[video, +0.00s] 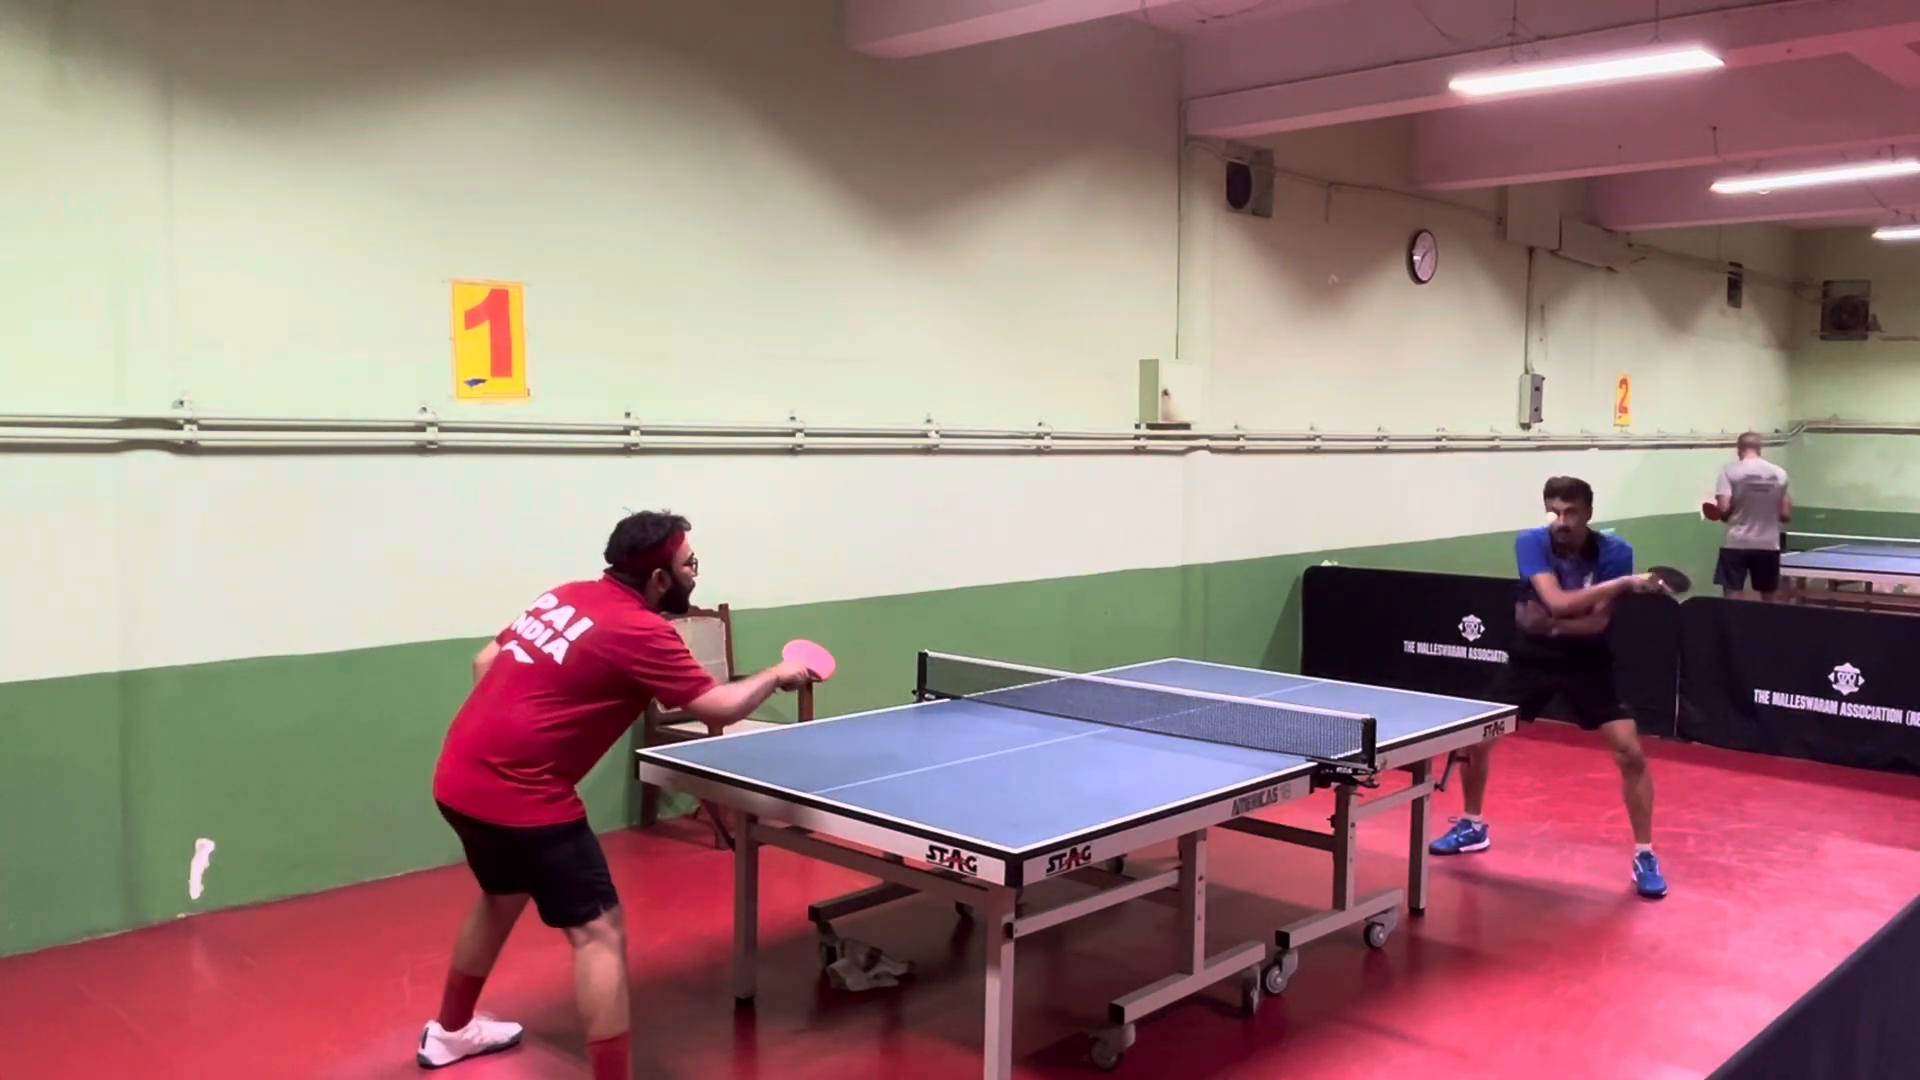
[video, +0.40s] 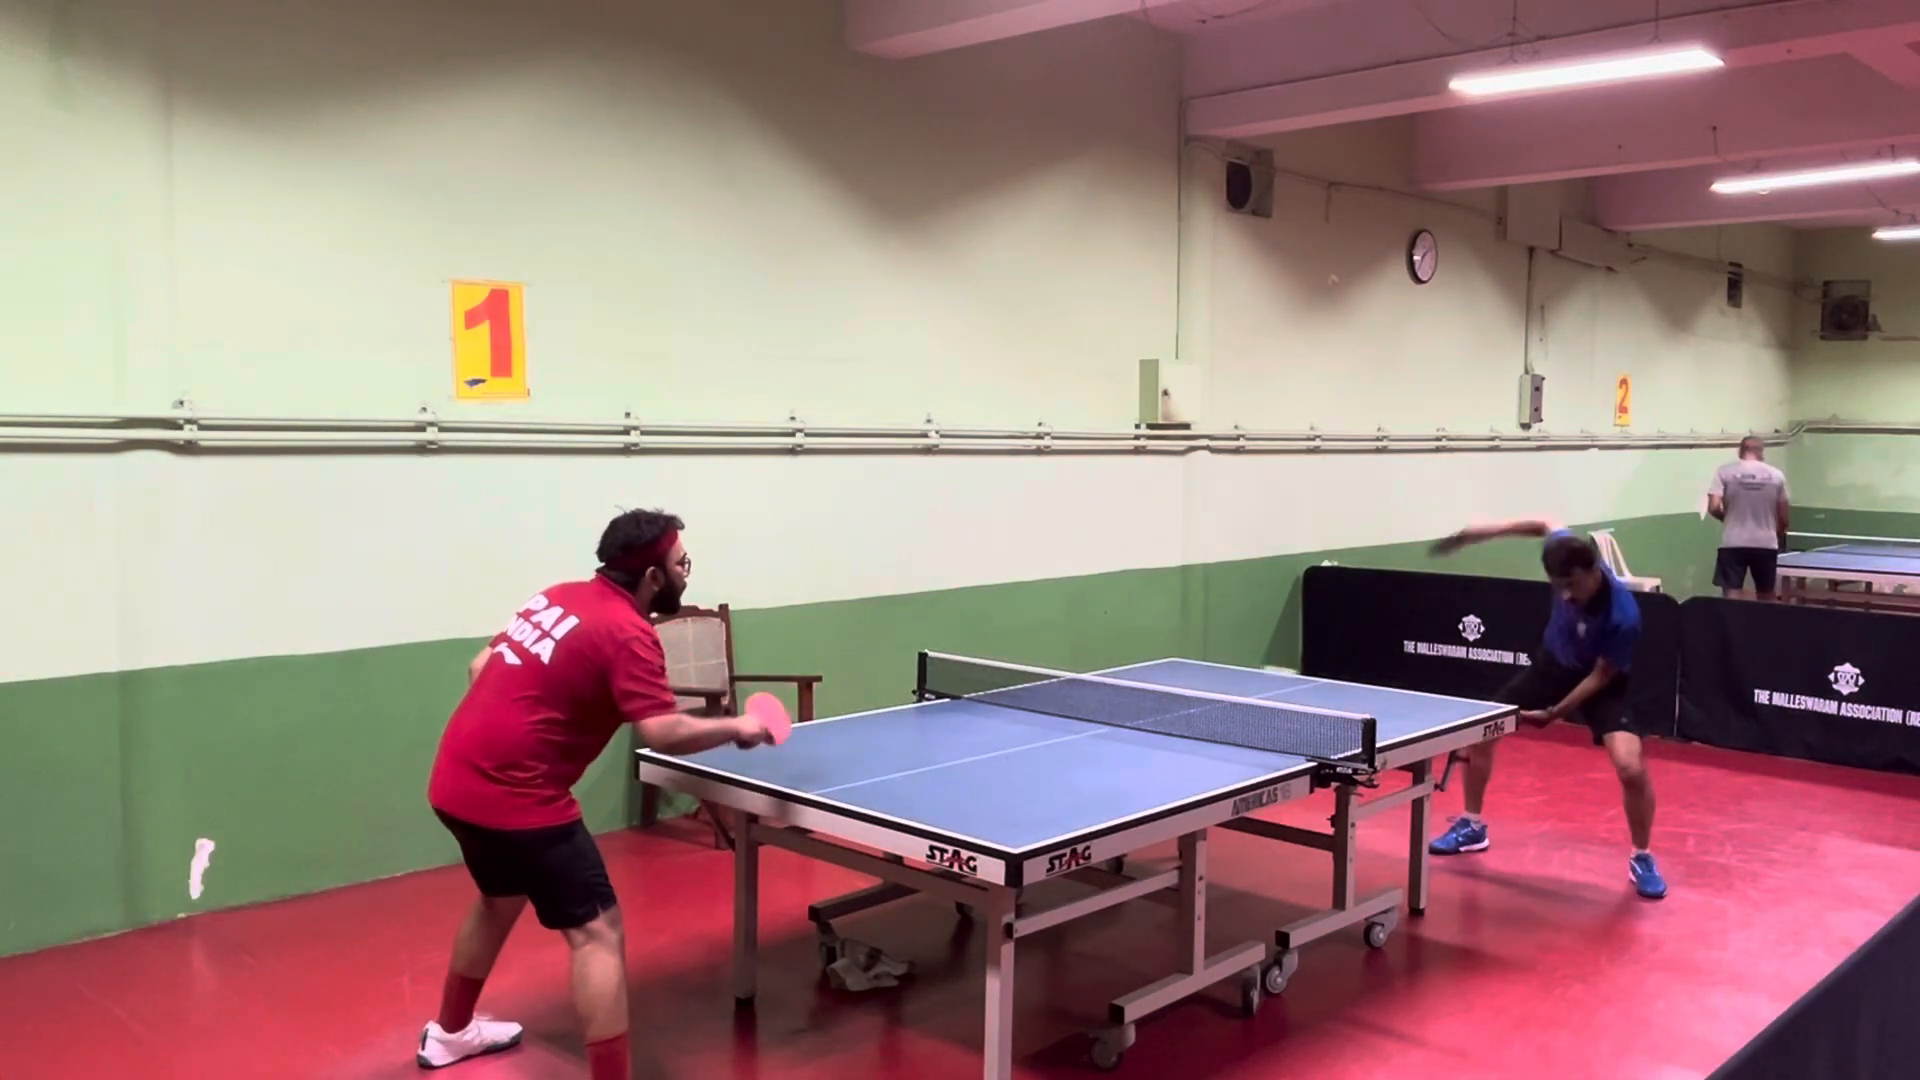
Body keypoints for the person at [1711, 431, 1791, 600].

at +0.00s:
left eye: (1739, 450)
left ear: (1739, 450)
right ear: (1760, 450)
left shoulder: (1729, 471)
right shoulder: (1779, 473)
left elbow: (1724, 507)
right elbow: (1785, 514)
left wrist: (1725, 517)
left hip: (1736, 546)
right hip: (1768, 547)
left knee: (1733, 601)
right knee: (1769, 601)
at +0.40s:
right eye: (1761, 451)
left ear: (1740, 452)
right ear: (1761, 452)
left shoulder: (1725, 471)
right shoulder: (1776, 475)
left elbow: (1714, 507)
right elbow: (1783, 516)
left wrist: (1727, 518)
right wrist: (1775, 534)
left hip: (1734, 544)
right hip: (1766, 544)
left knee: (1732, 599)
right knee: (1766, 600)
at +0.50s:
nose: (1769, 458)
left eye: (1769, 455)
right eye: (1769, 455)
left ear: (1745, 454)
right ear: (1766, 455)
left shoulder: (1727, 471)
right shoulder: (1778, 478)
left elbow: (1715, 505)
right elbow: (1789, 523)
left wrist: (1729, 519)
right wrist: (1783, 542)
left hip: (1733, 544)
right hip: (1765, 546)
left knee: (1732, 599)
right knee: (1766, 600)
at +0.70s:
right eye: (1783, 464)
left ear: (1761, 458)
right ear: (1782, 463)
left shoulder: (1739, 470)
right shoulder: (1787, 485)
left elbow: (1721, 503)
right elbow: (1795, 526)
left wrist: (1736, 516)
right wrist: (1804, 552)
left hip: (1735, 542)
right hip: (1767, 546)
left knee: (1727, 598)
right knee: (1767, 599)